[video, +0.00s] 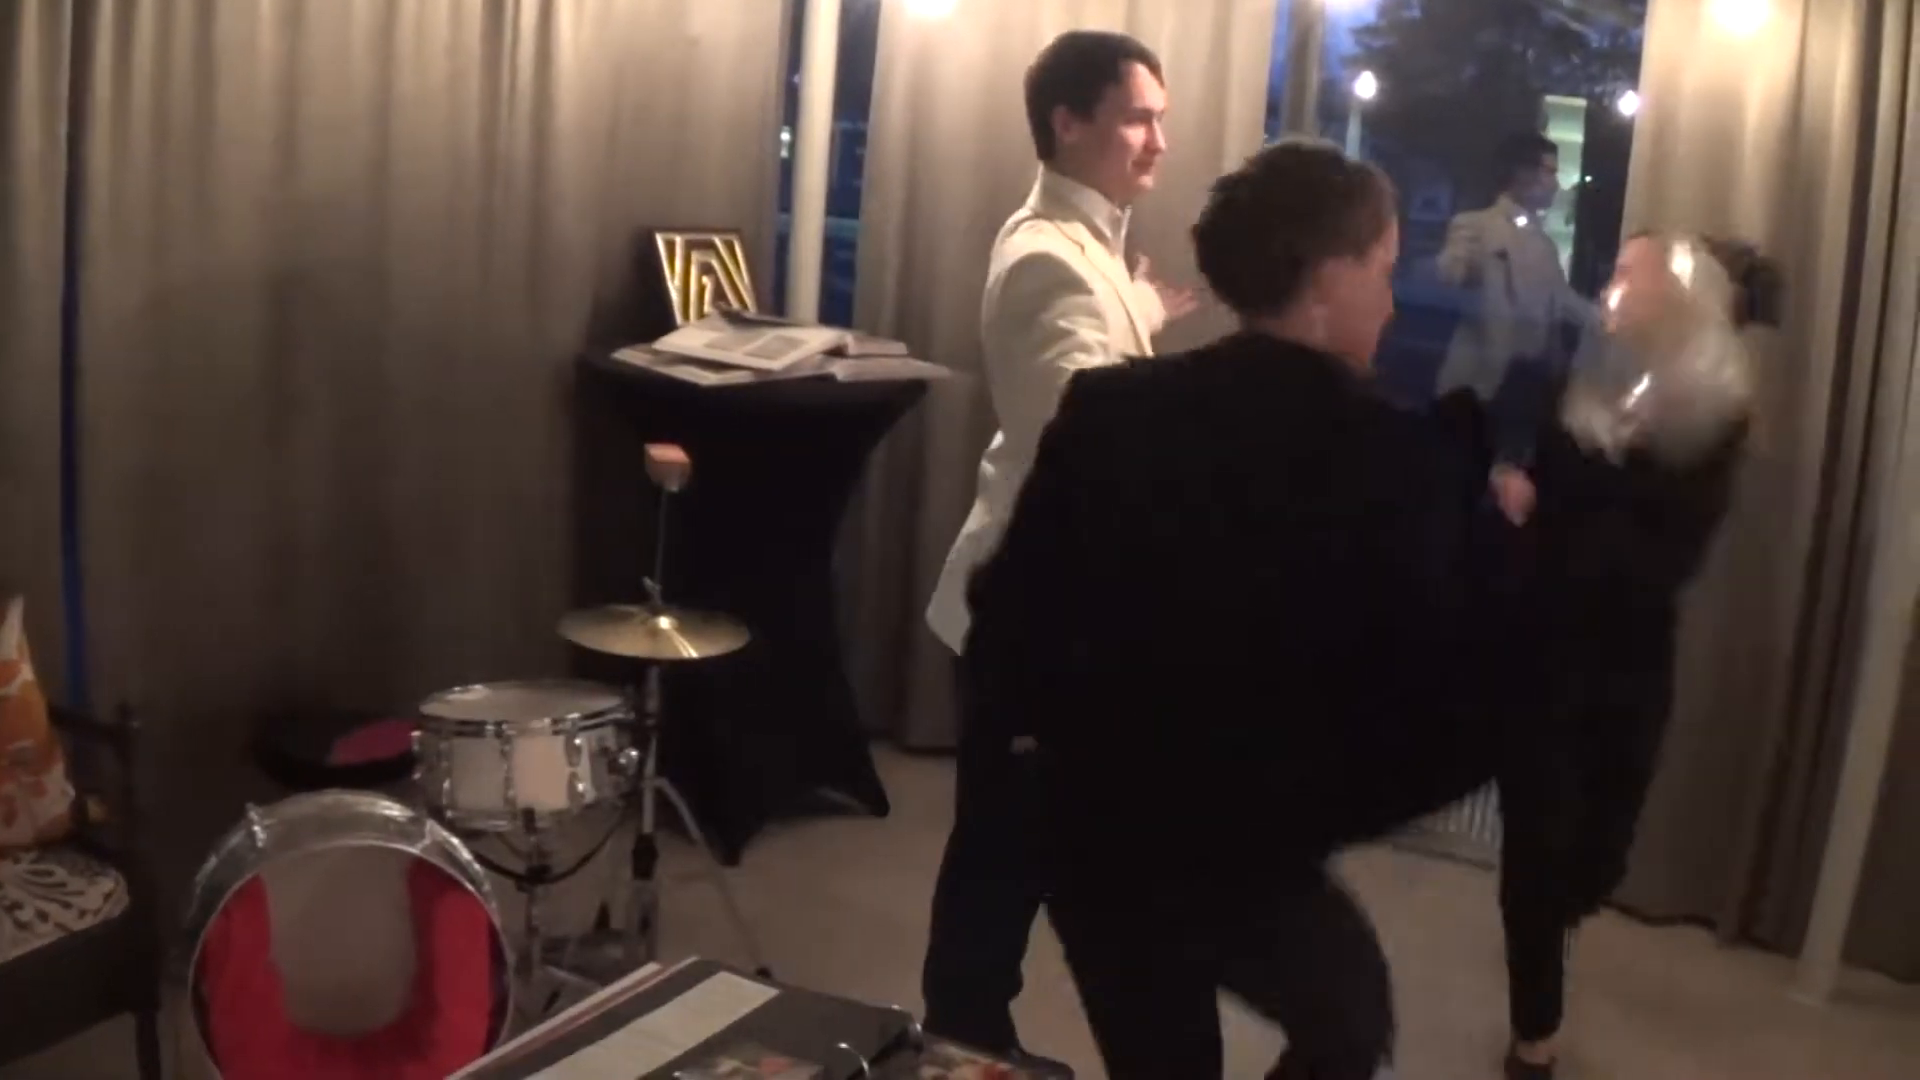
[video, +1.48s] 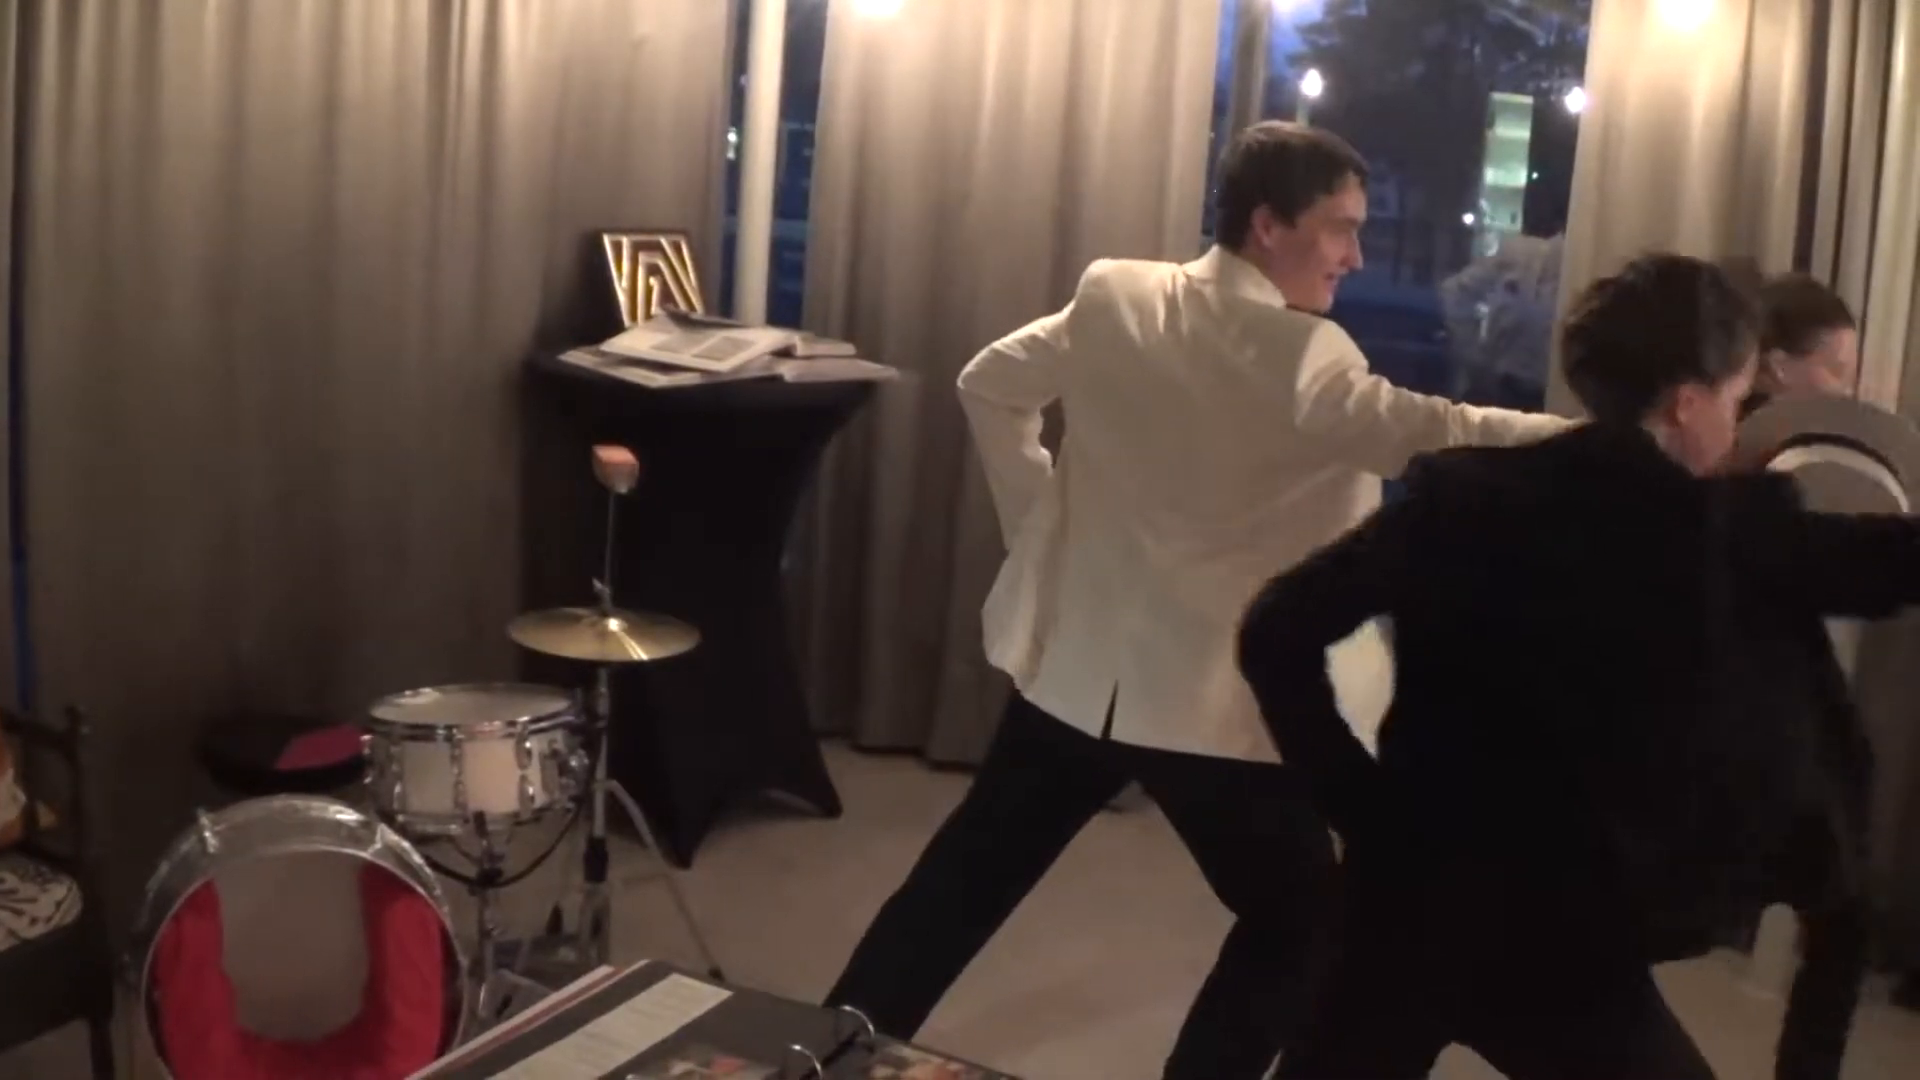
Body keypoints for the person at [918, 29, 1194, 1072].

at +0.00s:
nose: (1160, 141)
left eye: (1161, 121)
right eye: (1141, 120)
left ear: (1094, 128)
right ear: (1069, 125)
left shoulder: (1083, 238)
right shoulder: (1048, 262)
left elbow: (1106, 363)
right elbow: (1097, 444)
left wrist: (1148, 316)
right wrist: (1158, 330)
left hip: (1046, 590)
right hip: (1016, 603)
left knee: (1020, 826)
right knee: (1001, 832)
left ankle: (973, 1028)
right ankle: (968, 1035)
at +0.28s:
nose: (1179, 149)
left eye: (1178, 127)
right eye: (1161, 126)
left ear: (1080, 138)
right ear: (1096, 132)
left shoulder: (998, 252)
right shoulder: (1114, 273)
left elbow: (1005, 428)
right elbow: (1135, 451)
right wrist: (1202, 567)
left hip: (998, 586)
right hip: (1070, 607)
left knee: (1000, 843)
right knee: (1026, 857)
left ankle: (937, 1040)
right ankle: (957, 1047)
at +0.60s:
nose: (1229, 183)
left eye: (1231, 162)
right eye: (1213, 161)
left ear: (1126, 167)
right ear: (1142, 161)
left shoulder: (1029, 252)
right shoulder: (1167, 291)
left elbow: (955, 339)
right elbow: (1309, 369)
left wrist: (1027, 435)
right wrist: (1400, 255)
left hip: (997, 613)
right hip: (1087, 634)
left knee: (1024, 838)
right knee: (1131, 855)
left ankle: (958, 1044)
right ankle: (988, 1051)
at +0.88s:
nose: (1289, 211)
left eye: (1292, 187)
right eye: (1276, 184)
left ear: (1193, 181)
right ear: (1202, 180)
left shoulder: (1070, 259)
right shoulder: (1248, 321)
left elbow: (957, 345)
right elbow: (1388, 402)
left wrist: (999, 461)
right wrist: (1561, 398)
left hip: (1031, 626)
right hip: (1151, 661)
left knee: (956, 832)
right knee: (1216, 885)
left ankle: (830, 1035)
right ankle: (1194, 1072)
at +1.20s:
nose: (1351, 257)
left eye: (1357, 233)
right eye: (1339, 231)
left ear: (1259, 228)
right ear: (1267, 222)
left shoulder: (1112, 298)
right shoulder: (1311, 364)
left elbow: (987, 377)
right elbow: (1471, 439)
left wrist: (1037, 529)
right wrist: (1662, 439)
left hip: (1070, 673)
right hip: (1205, 703)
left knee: (959, 880)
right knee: (1290, 910)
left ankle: (831, 1057)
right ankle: (1202, 1078)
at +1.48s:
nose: (1355, 257)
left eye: (1358, 233)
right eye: (1344, 230)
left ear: (1253, 227)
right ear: (1267, 229)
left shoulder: (1116, 302)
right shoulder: (1316, 373)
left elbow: (991, 385)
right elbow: (1451, 430)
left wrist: (1038, 527)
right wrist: (1604, 439)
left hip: (1067, 684)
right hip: (1209, 716)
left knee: (959, 886)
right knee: (1297, 916)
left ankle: (832, 1061)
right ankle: (1205, 1073)